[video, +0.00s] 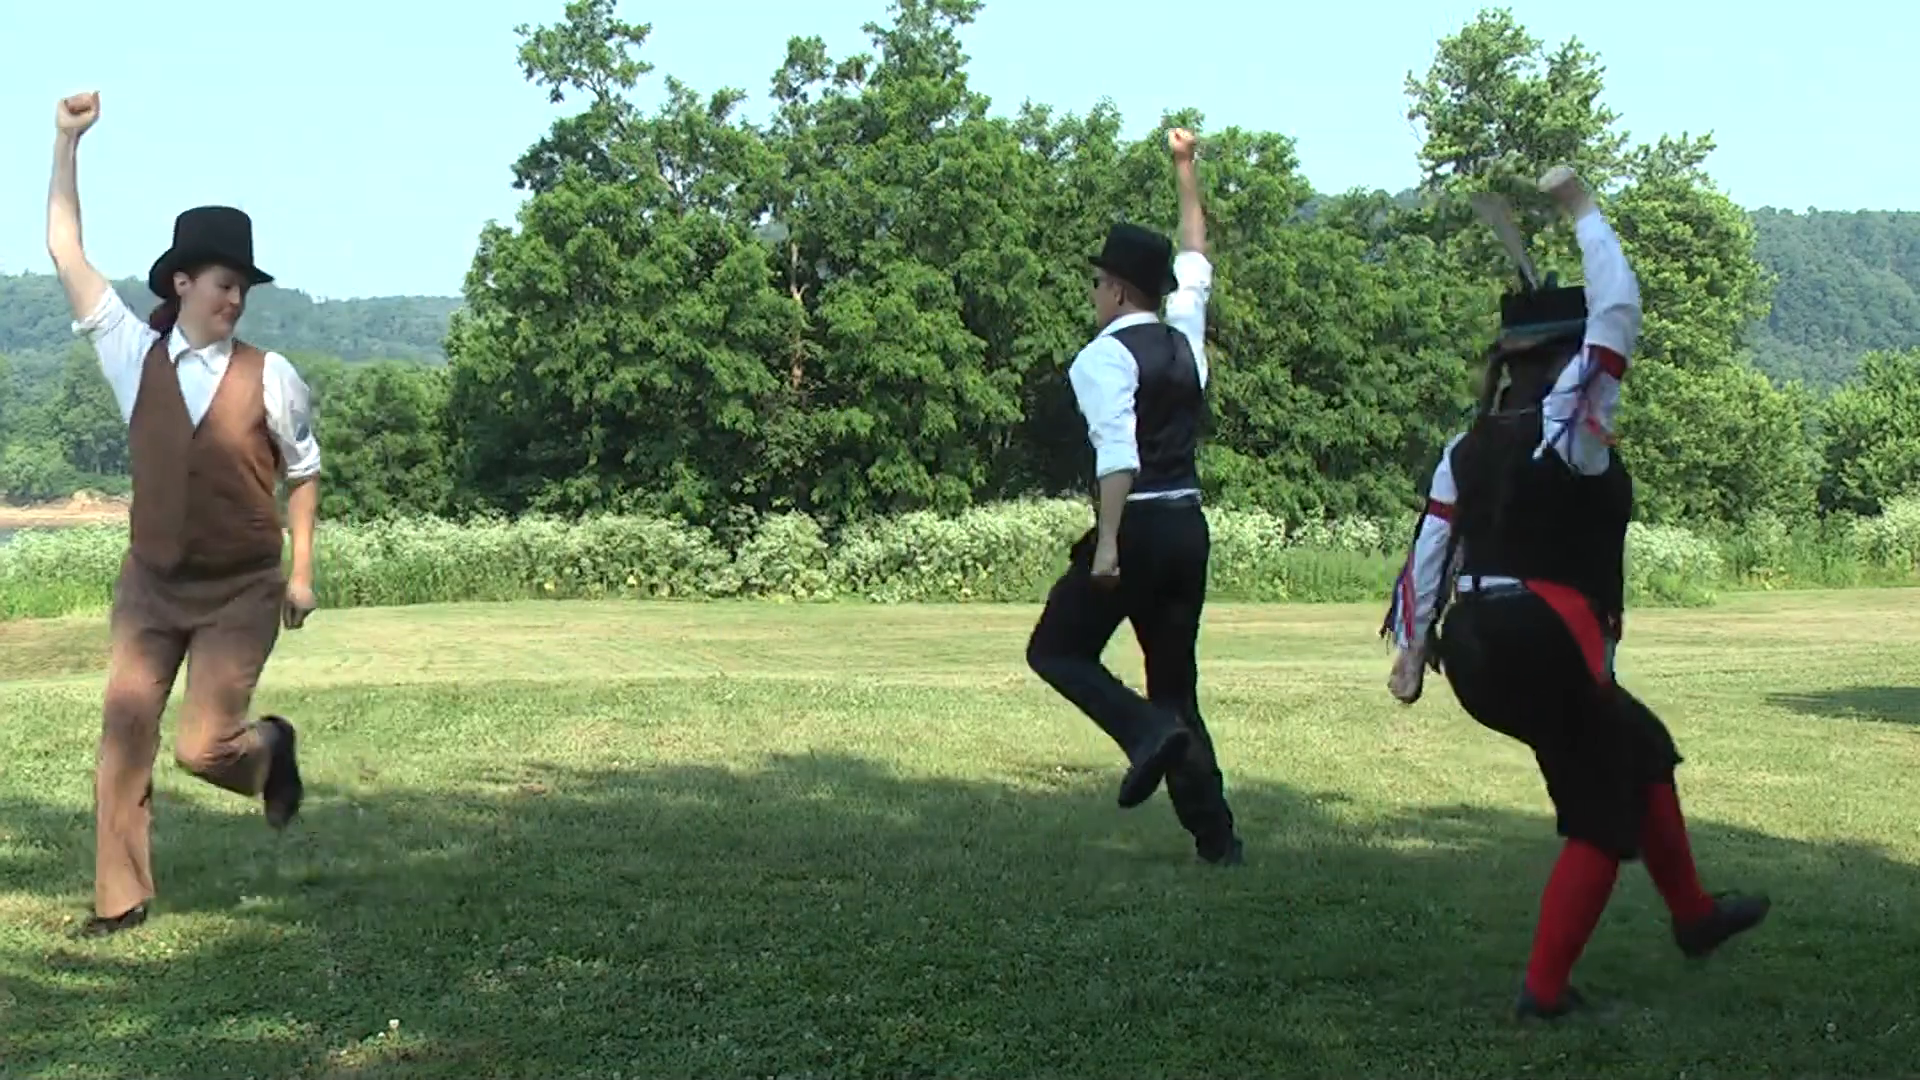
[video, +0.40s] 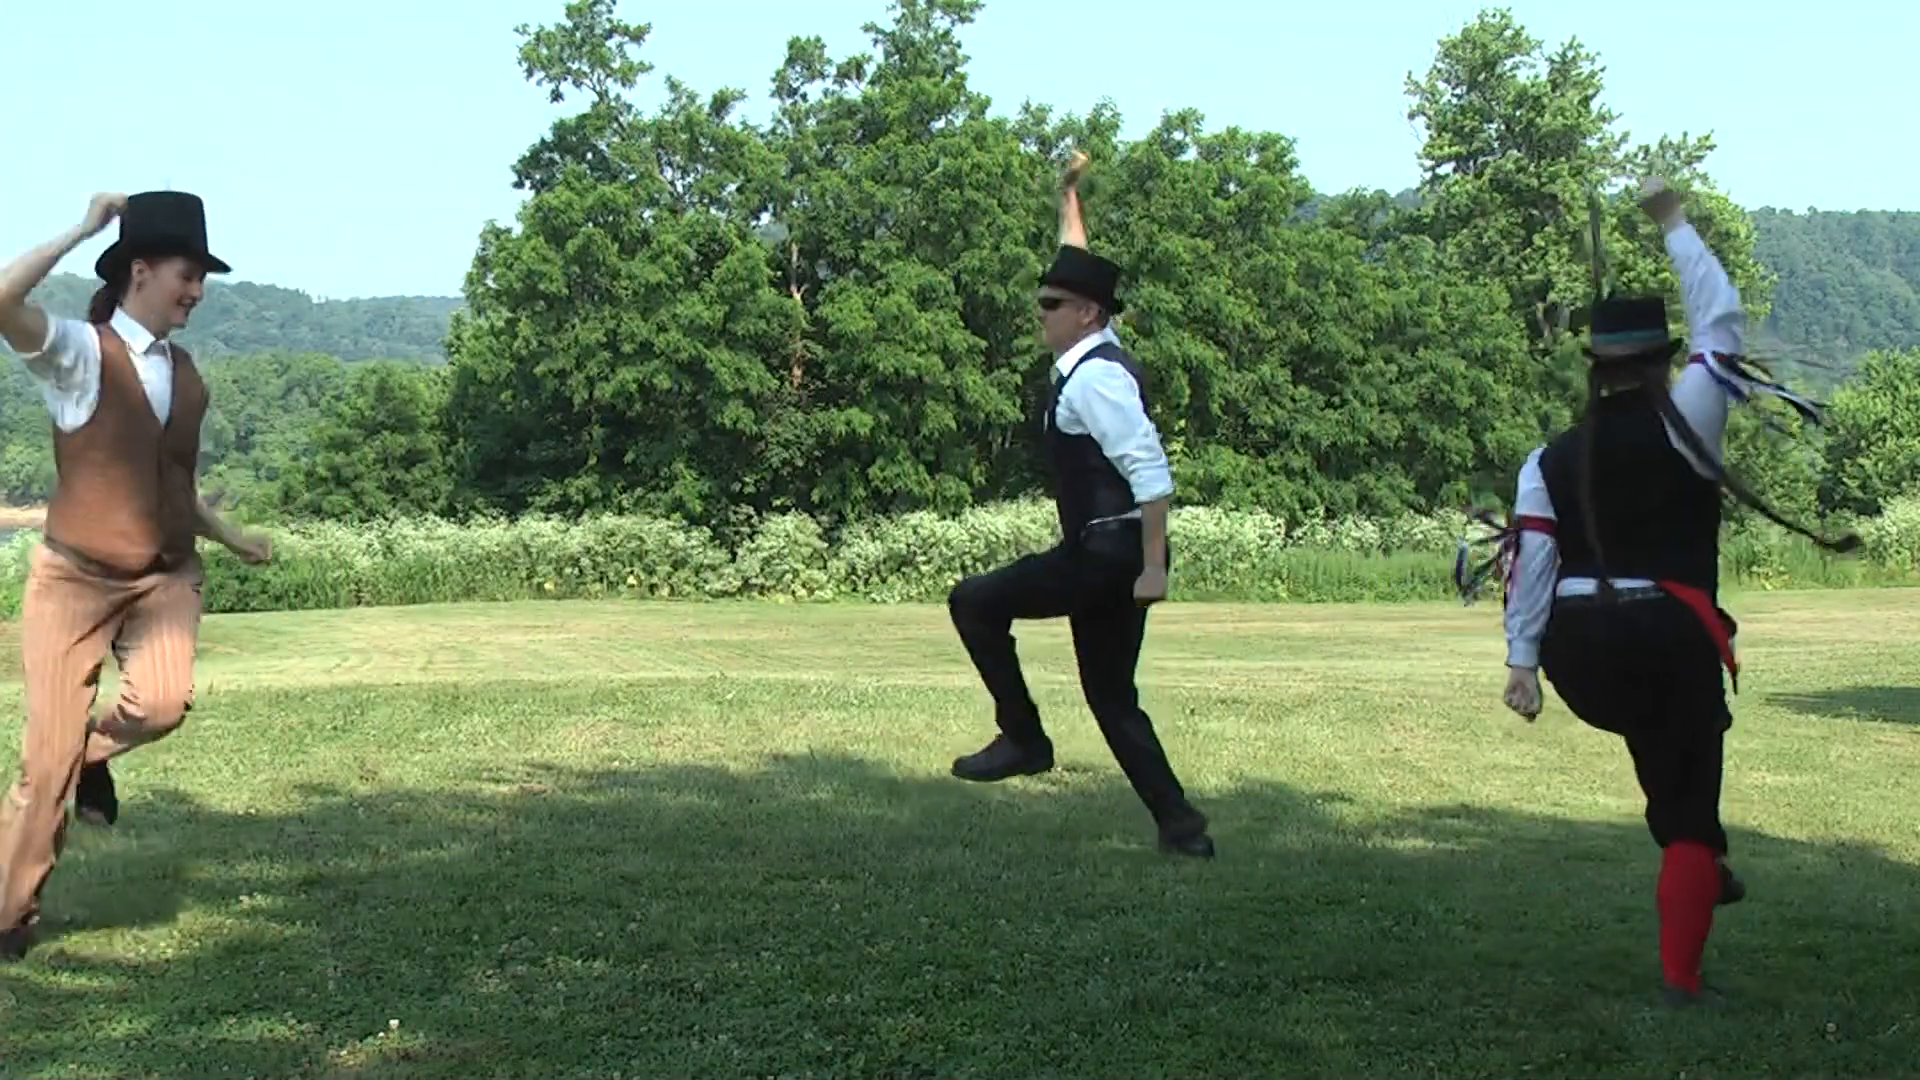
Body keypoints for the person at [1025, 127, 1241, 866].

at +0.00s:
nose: (1094, 292)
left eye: (1099, 282)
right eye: (1098, 280)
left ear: (1118, 289)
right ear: (1155, 290)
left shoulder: (1101, 358)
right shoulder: (1184, 338)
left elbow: (1118, 457)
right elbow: (1193, 260)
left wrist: (1106, 539)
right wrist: (1187, 169)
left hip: (1133, 529)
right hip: (1186, 528)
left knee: (1053, 650)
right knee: (1172, 689)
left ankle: (1144, 731)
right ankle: (1214, 837)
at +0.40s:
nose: (1040, 315)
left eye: (1052, 306)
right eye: (1041, 304)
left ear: (1090, 313)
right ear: (1083, 310)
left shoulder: (1097, 380)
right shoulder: (1089, 362)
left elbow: (1150, 469)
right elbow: (1076, 273)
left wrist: (1155, 563)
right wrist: (1070, 191)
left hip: (1102, 557)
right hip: (1112, 557)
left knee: (974, 603)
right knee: (1111, 695)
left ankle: (1023, 738)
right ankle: (1179, 825)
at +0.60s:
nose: (987, 317)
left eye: (1000, 306)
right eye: (985, 307)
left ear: (1038, 313)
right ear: (992, 314)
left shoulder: (1051, 374)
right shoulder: (1016, 358)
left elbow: (1080, 444)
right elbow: (968, 300)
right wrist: (931, 240)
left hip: (1068, 554)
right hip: (1071, 552)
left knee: (931, 608)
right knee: (1089, 693)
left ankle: (924, 752)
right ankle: (1174, 829)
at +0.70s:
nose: (961, 306)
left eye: (976, 296)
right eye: (959, 295)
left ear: (1014, 303)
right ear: (957, 301)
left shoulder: (1027, 359)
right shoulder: (969, 346)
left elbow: (1031, 397)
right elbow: (917, 332)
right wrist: (861, 299)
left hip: (1028, 545)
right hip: (1019, 543)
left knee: (904, 641)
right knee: (1061, 682)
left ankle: (897, 793)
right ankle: (1157, 807)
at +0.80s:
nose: (934, 303)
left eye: (948, 294)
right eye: (932, 293)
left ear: (984, 306)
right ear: (931, 300)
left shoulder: (991, 376)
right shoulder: (937, 367)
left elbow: (993, 353)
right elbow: (897, 399)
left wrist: (959, 288)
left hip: (982, 548)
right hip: (957, 548)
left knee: (896, 679)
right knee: (997, 687)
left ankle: (883, 837)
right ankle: (1123, 781)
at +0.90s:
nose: (906, 306)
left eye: (919, 298)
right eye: (902, 296)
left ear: (949, 309)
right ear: (897, 305)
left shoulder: (959, 377)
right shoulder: (900, 371)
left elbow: (954, 308)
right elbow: (891, 450)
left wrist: (928, 216)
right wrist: (842, 491)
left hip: (951, 557)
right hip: (912, 556)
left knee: (877, 686)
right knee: (900, 700)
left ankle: (880, 840)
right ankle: (1035, 751)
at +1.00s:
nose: (880, 291)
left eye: (892, 282)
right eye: (876, 282)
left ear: (922, 289)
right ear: (876, 291)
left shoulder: (933, 356)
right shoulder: (875, 355)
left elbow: (926, 274)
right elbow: (882, 447)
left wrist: (911, 184)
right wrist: (862, 511)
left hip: (927, 544)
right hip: (873, 539)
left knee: (879, 688)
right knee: (805, 656)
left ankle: (881, 830)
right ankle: (928, 721)